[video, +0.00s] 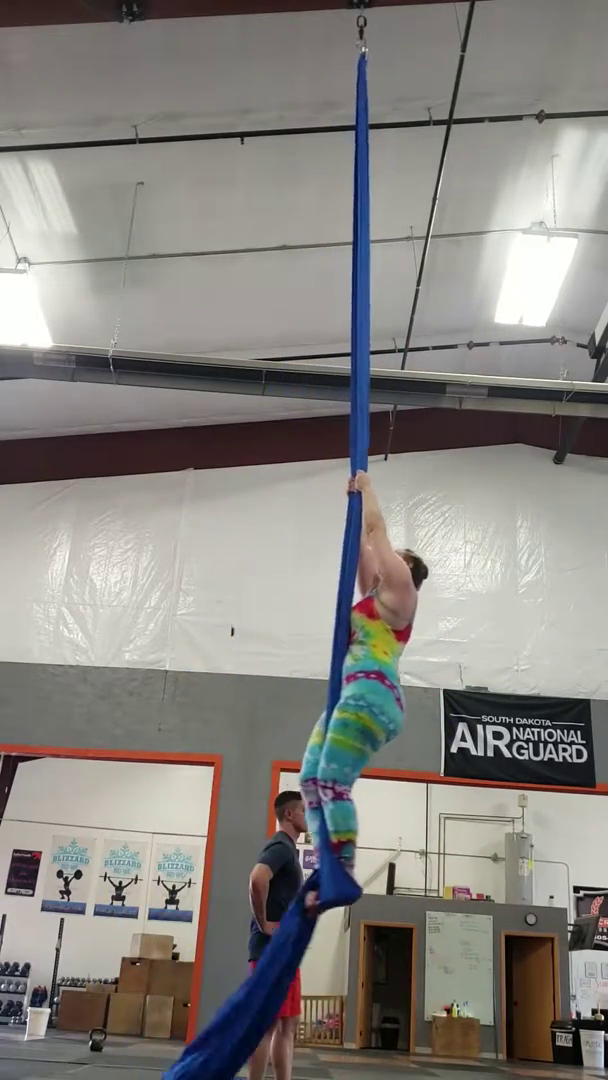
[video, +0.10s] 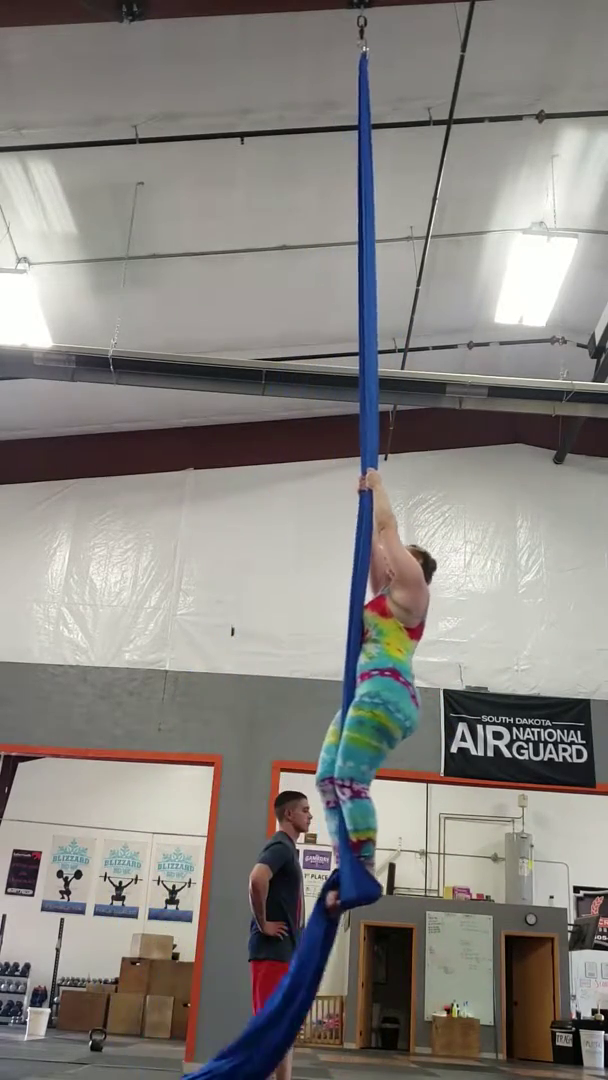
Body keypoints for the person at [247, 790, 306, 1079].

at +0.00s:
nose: (308, 817)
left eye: (307, 812)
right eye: (304, 812)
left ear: (289, 815)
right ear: (290, 814)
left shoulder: (288, 847)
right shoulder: (281, 847)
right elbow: (258, 878)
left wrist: (284, 923)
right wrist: (264, 923)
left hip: (284, 949)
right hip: (271, 949)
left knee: (288, 1024)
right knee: (267, 1025)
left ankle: (283, 1075)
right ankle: (256, 1075)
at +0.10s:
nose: (310, 816)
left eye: (309, 810)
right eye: (305, 810)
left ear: (290, 815)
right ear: (288, 814)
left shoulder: (287, 847)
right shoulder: (281, 847)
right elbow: (258, 878)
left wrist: (293, 925)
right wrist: (263, 924)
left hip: (281, 951)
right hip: (273, 952)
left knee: (284, 1029)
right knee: (272, 1030)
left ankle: (283, 1074)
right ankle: (271, 1074)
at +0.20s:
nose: (309, 816)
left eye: (309, 810)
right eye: (305, 810)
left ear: (289, 815)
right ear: (288, 814)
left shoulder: (288, 847)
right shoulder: (281, 846)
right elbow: (257, 879)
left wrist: (289, 926)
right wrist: (263, 923)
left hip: (286, 950)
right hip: (272, 950)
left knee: (287, 1022)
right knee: (266, 1023)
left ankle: (277, 1075)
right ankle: (251, 1078)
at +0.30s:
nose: (309, 815)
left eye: (308, 810)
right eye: (304, 810)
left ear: (289, 814)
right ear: (287, 813)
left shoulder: (288, 848)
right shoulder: (280, 846)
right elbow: (257, 878)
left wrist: (290, 926)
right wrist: (263, 923)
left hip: (287, 950)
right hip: (272, 949)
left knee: (287, 1025)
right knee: (266, 1024)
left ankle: (280, 1079)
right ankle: (256, 1079)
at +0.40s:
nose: (309, 815)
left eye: (308, 810)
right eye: (304, 810)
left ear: (289, 814)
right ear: (287, 813)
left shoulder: (288, 848)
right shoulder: (280, 846)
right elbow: (257, 878)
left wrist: (289, 925)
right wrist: (263, 923)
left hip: (286, 950)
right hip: (272, 949)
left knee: (287, 1024)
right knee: (266, 1024)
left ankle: (284, 1078)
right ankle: (255, 1079)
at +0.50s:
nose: (309, 815)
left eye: (308, 810)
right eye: (304, 810)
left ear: (289, 815)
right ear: (287, 814)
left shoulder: (288, 848)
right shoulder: (280, 846)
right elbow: (257, 877)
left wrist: (289, 925)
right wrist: (262, 922)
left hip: (286, 951)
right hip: (271, 949)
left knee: (287, 1025)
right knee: (266, 1024)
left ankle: (284, 1078)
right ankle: (255, 1079)